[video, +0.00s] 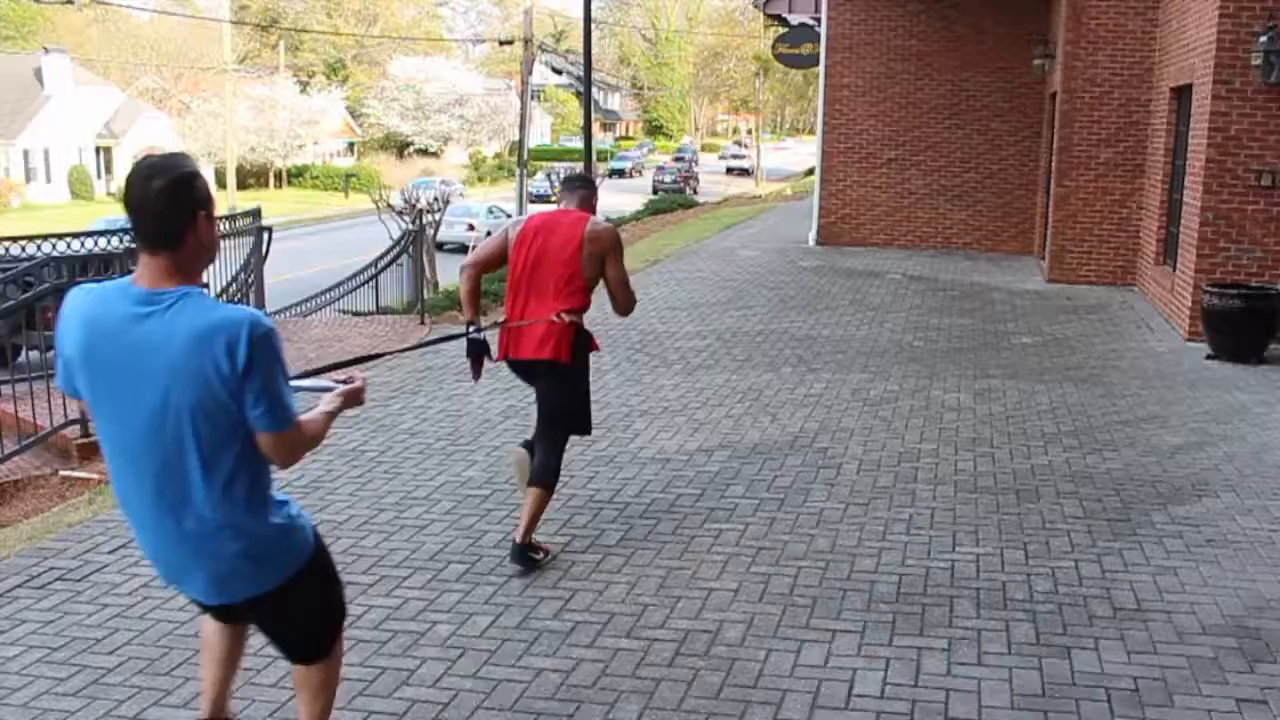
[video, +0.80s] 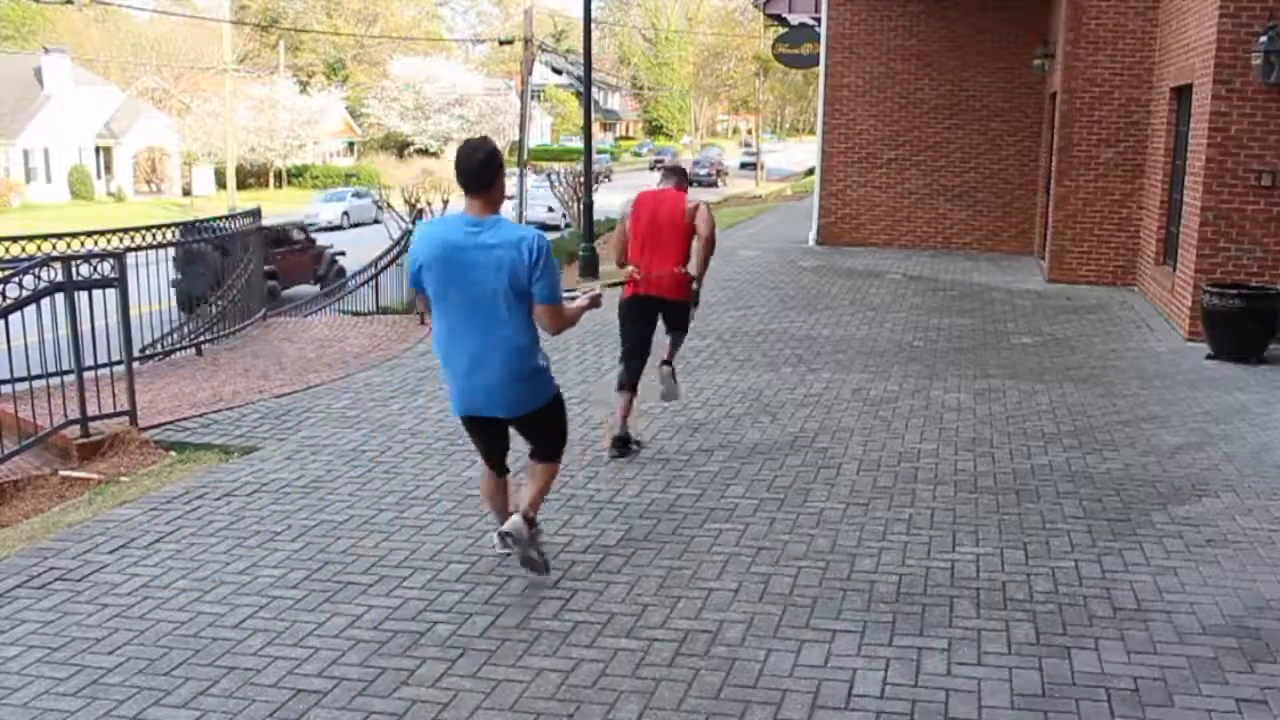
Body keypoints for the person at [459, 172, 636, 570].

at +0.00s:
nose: (596, 209)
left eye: (589, 205)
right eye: (596, 204)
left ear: (558, 200)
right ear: (593, 201)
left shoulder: (522, 226)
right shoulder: (602, 233)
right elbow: (624, 305)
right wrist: (610, 265)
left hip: (516, 349)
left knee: (565, 401)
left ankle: (533, 449)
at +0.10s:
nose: (607, 202)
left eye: (603, 197)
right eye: (608, 197)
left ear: (571, 189)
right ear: (604, 193)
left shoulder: (536, 212)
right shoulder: (614, 219)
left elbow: (493, 248)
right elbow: (633, 288)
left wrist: (493, 301)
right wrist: (627, 306)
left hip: (531, 327)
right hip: (576, 328)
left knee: (564, 389)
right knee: (565, 419)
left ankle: (561, 466)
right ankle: (536, 502)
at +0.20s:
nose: (617, 203)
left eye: (615, 198)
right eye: (617, 198)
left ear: (580, 188)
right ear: (614, 194)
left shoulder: (543, 219)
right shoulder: (624, 218)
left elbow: (528, 283)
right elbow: (640, 273)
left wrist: (558, 278)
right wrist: (632, 327)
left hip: (550, 324)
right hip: (597, 323)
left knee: (554, 405)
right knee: (599, 396)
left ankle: (548, 488)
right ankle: (577, 423)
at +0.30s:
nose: (628, 199)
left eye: (623, 193)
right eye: (628, 194)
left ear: (593, 190)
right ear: (625, 193)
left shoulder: (567, 217)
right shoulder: (632, 214)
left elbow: (553, 259)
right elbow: (653, 242)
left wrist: (559, 288)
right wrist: (640, 290)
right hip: (612, 317)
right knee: (620, 362)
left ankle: (550, 487)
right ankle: (605, 407)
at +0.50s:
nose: (659, 199)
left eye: (657, 195)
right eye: (660, 195)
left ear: (630, 187)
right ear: (656, 191)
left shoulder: (596, 211)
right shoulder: (664, 218)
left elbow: (565, 257)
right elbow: (679, 284)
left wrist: (571, 304)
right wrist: (670, 248)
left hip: (595, 309)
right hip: (635, 311)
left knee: (617, 355)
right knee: (627, 388)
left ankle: (598, 386)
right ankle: (603, 464)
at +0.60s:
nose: (671, 194)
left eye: (668, 190)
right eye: (672, 190)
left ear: (644, 184)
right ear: (669, 187)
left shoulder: (613, 201)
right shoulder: (676, 207)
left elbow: (569, 227)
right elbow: (694, 262)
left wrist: (573, 272)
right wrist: (685, 228)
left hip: (608, 298)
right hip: (646, 300)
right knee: (632, 378)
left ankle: (629, 400)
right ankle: (609, 443)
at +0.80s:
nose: (685, 193)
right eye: (687, 189)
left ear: (659, 181)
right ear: (684, 186)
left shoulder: (634, 202)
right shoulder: (695, 205)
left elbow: (619, 257)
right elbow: (706, 236)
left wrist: (634, 260)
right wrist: (698, 278)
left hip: (637, 288)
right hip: (675, 287)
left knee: (631, 360)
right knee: (678, 327)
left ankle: (619, 430)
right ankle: (668, 362)